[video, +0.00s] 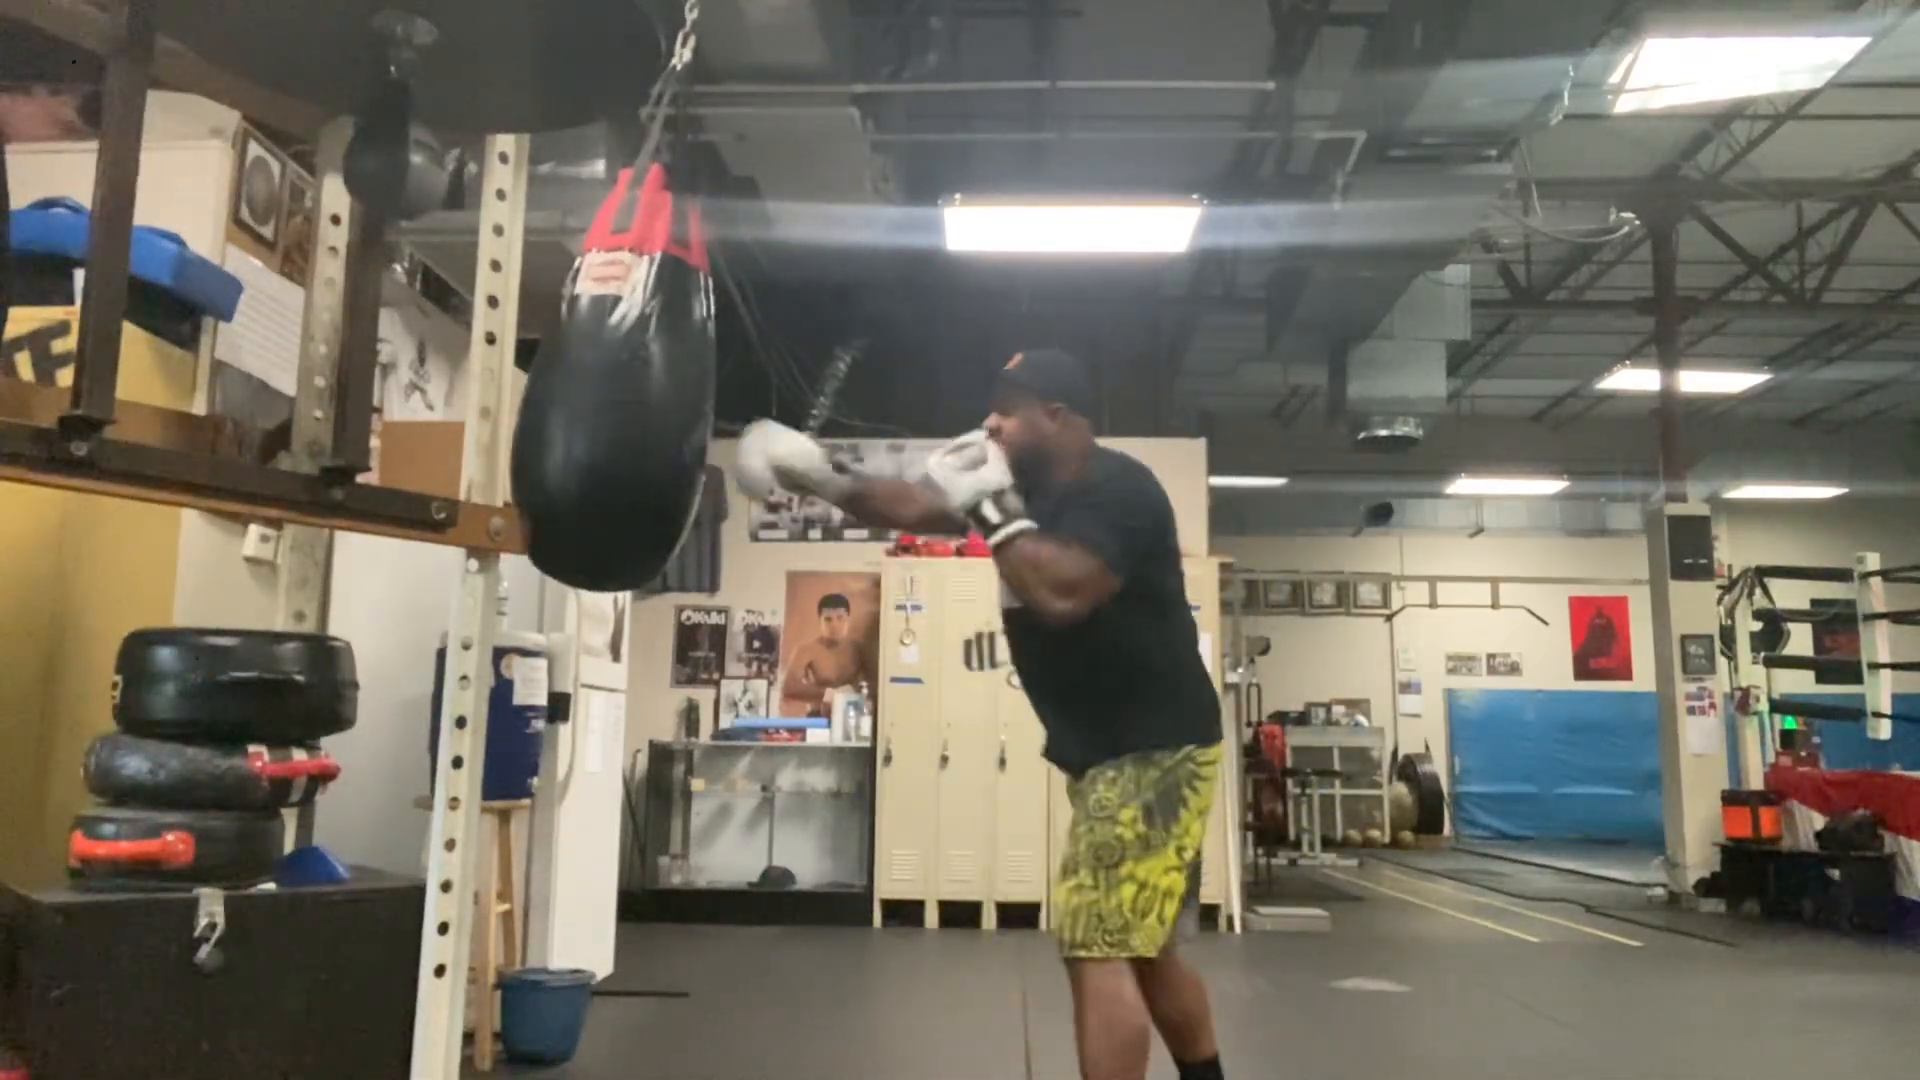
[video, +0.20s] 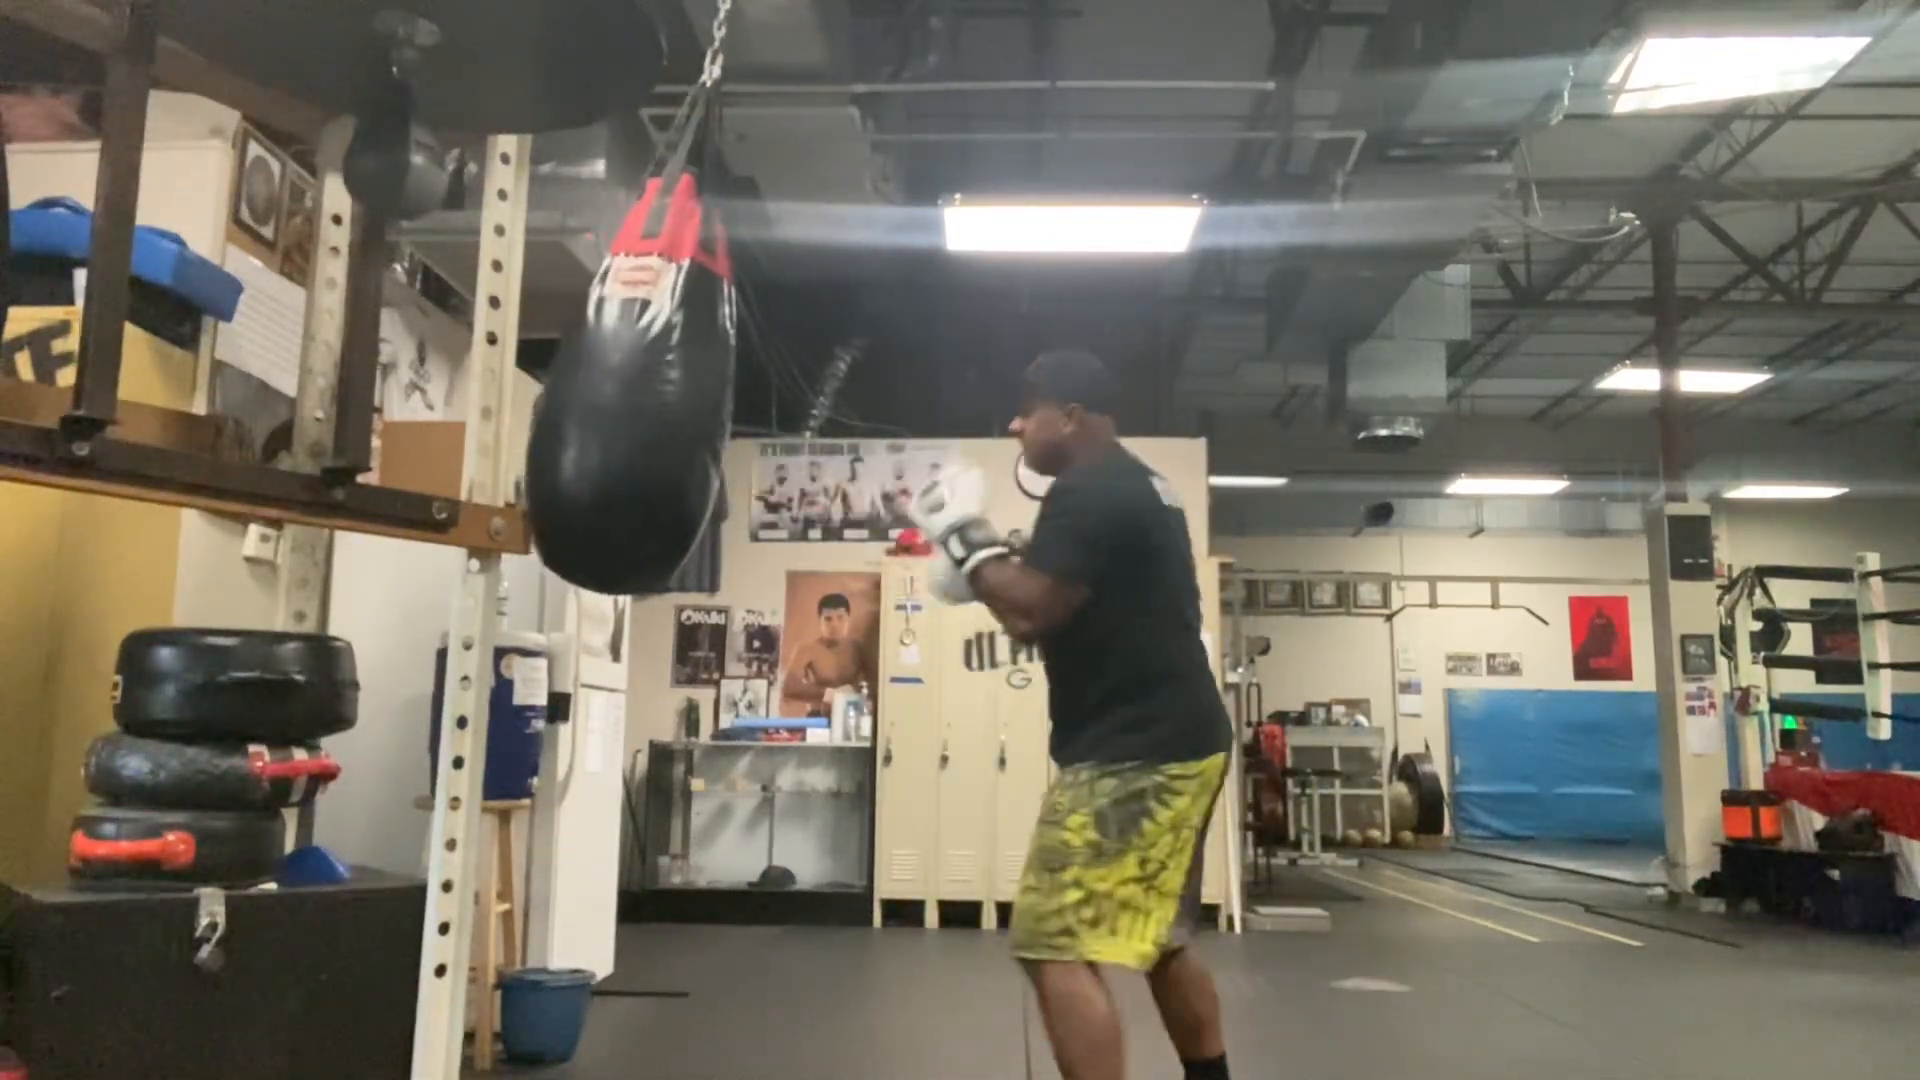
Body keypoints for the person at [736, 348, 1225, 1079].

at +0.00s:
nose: (993, 428)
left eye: (1006, 414)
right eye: (994, 414)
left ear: (1057, 416)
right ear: (1045, 419)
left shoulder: (1121, 488)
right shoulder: (1032, 491)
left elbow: (1064, 591)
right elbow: (920, 504)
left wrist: (999, 509)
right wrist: (821, 475)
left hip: (1155, 750)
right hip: (1105, 754)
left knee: (1094, 942)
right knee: (1148, 949)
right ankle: (1206, 1077)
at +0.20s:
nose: (1016, 429)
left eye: (1029, 413)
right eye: (1020, 413)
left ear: (1073, 416)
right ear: (1081, 419)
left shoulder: (1091, 491)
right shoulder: (1128, 484)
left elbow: (1033, 608)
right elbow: (1065, 604)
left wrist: (966, 534)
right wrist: (987, 570)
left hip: (1129, 747)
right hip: (1180, 740)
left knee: (1050, 942)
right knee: (1158, 934)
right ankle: (1209, 1074)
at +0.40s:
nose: (1007, 426)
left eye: (1019, 410)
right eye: (1011, 410)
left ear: (1066, 414)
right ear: (1076, 416)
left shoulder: (1092, 490)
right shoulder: (1128, 480)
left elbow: (1066, 610)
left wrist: (975, 557)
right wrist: (1019, 534)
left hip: (1120, 758)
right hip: (1168, 749)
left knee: (1058, 961)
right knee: (1167, 944)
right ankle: (1214, 1072)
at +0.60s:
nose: (1025, 426)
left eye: (1039, 411)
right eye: (1027, 412)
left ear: (1089, 417)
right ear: (1085, 419)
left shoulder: (1140, 483)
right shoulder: (1079, 491)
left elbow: (1106, 578)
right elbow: (1003, 556)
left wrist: (1020, 521)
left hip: (1147, 750)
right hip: (1130, 748)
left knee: (1091, 946)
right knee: (1140, 941)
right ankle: (1234, 1066)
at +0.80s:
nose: (1033, 417)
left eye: (1048, 403)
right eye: (1037, 402)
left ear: (1096, 411)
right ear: (1096, 414)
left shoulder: (1122, 481)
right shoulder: (1119, 479)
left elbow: (1021, 561)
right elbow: (1027, 567)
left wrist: (948, 527)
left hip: (1150, 745)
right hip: (1146, 740)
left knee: (1091, 940)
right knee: (1134, 928)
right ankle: (1223, 1066)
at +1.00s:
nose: (1059, 437)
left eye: (1074, 422)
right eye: (1059, 423)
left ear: (1124, 423)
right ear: (1110, 427)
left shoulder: (1189, 501)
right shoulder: (1098, 501)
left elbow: (1150, 604)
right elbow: (1006, 533)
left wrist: (1072, 521)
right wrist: (925, 515)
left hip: (1197, 750)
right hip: (1143, 749)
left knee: (1158, 942)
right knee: (1171, 942)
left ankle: (1180, 1079)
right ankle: (1240, 1066)